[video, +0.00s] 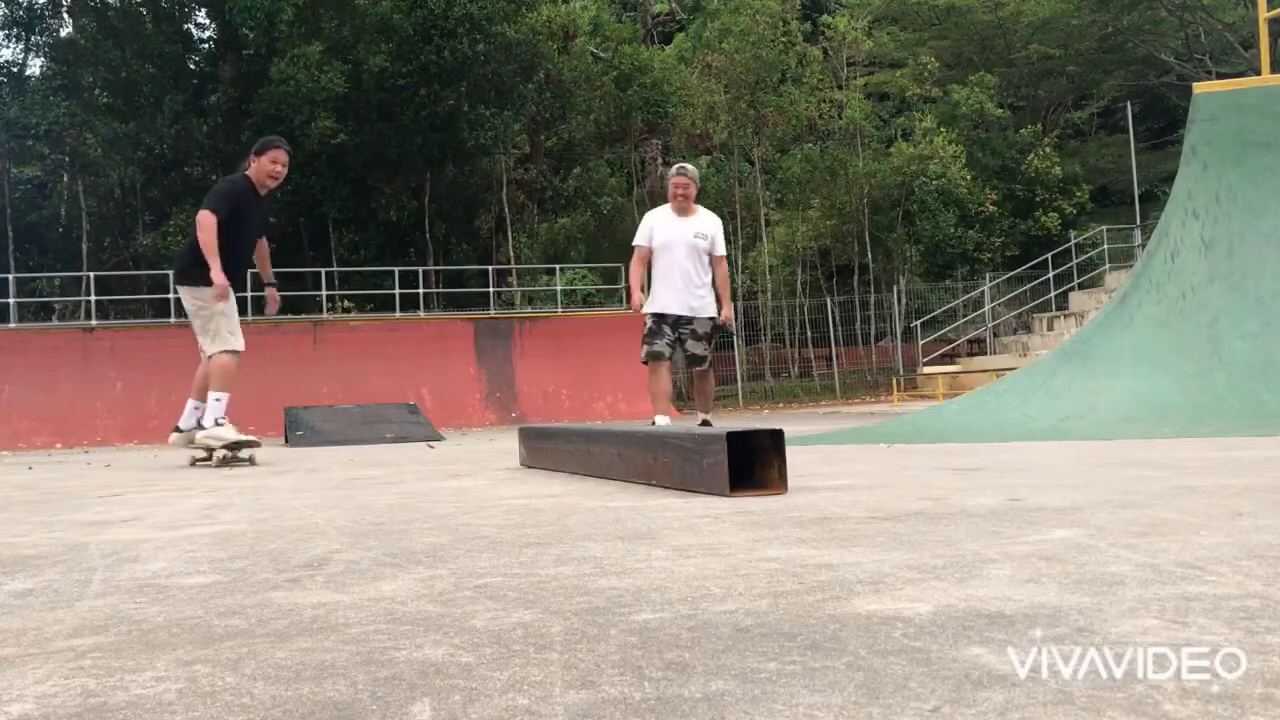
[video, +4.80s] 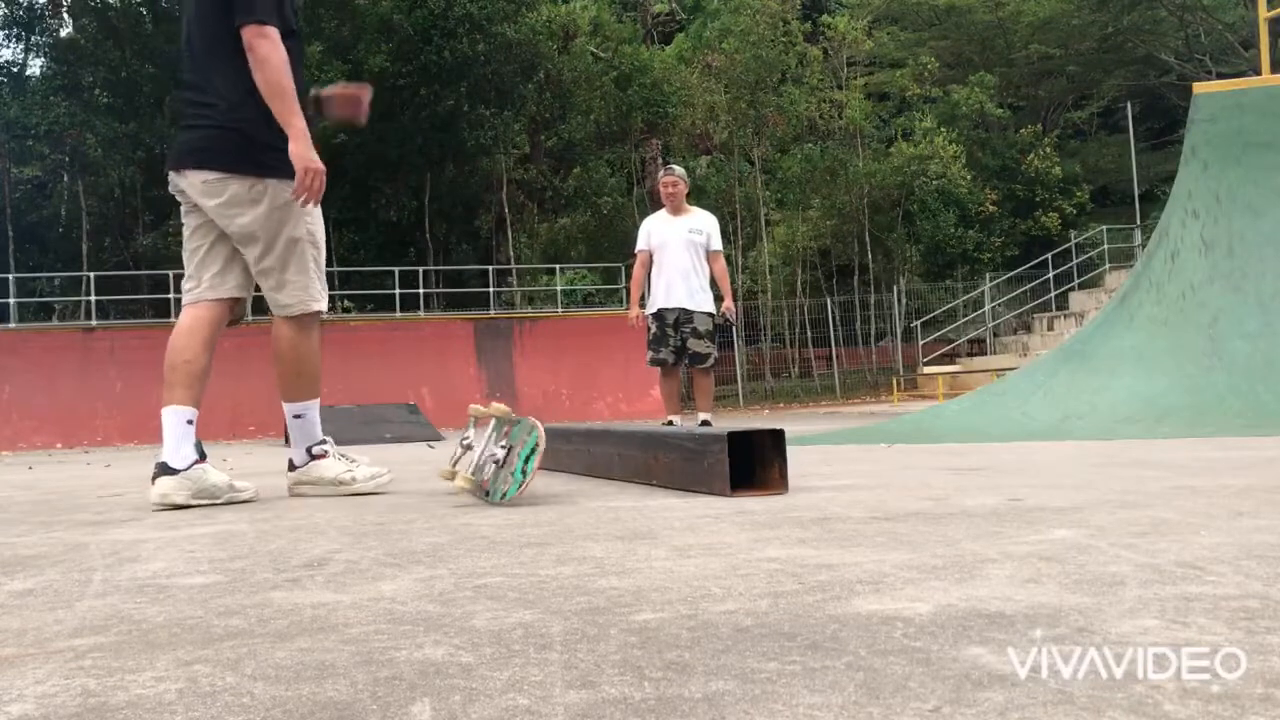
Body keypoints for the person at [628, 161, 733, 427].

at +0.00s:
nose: (680, 191)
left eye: (686, 187)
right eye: (675, 186)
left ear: (696, 189)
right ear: (668, 188)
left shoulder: (711, 221)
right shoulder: (652, 218)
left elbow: (720, 265)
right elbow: (639, 260)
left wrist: (726, 304)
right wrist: (636, 292)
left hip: (699, 308)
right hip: (661, 307)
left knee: (701, 366)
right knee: (657, 361)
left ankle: (705, 419)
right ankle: (661, 421)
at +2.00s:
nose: (665, 192)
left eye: (670, 187)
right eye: (660, 187)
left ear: (680, 189)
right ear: (652, 191)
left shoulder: (697, 219)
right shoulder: (642, 224)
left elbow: (710, 259)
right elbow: (635, 266)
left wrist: (723, 295)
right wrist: (630, 305)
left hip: (696, 304)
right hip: (659, 307)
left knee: (701, 365)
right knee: (667, 367)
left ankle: (705, 419)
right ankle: (673, 421)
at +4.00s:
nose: (668, 191)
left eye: (673, 186)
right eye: (663, 186)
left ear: (683, 188)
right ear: (655, 190)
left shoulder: (701, 220)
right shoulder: (645, 223)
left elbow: (713, 260)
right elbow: (637, 265)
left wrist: (726, 297)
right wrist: (632, 305)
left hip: (697, 305)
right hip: (661, 307)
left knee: (702, 365)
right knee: (668, 366)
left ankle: (705, 418)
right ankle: (673, 420)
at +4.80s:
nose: (669, 190)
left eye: (675, 185)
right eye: (665, 186)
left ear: (686, 187)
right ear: (659, 190)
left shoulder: (706, 220)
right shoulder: (650, 223)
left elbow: (717, 260)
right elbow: (641, 265)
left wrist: (728, 298)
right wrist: (634, 304)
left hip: (699, 305)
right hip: (662, 306)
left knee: (702, 365)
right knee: (668, 366)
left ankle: (704, 419)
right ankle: (673, 420)